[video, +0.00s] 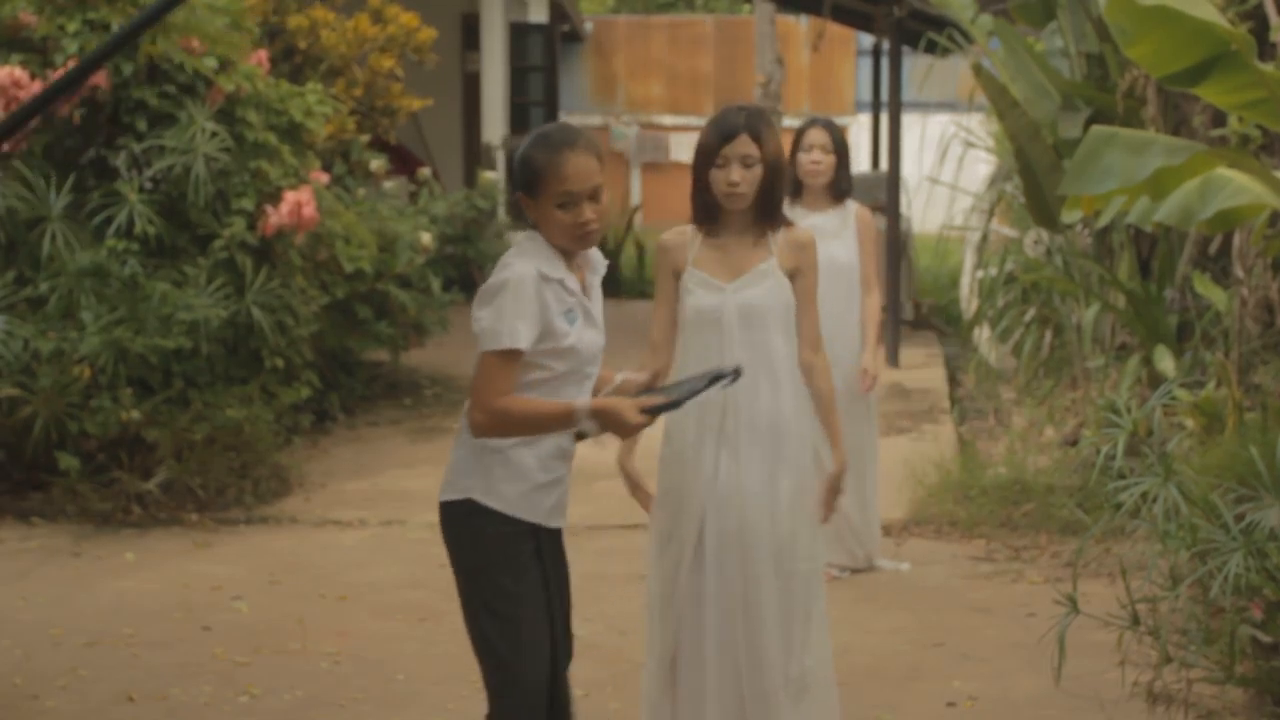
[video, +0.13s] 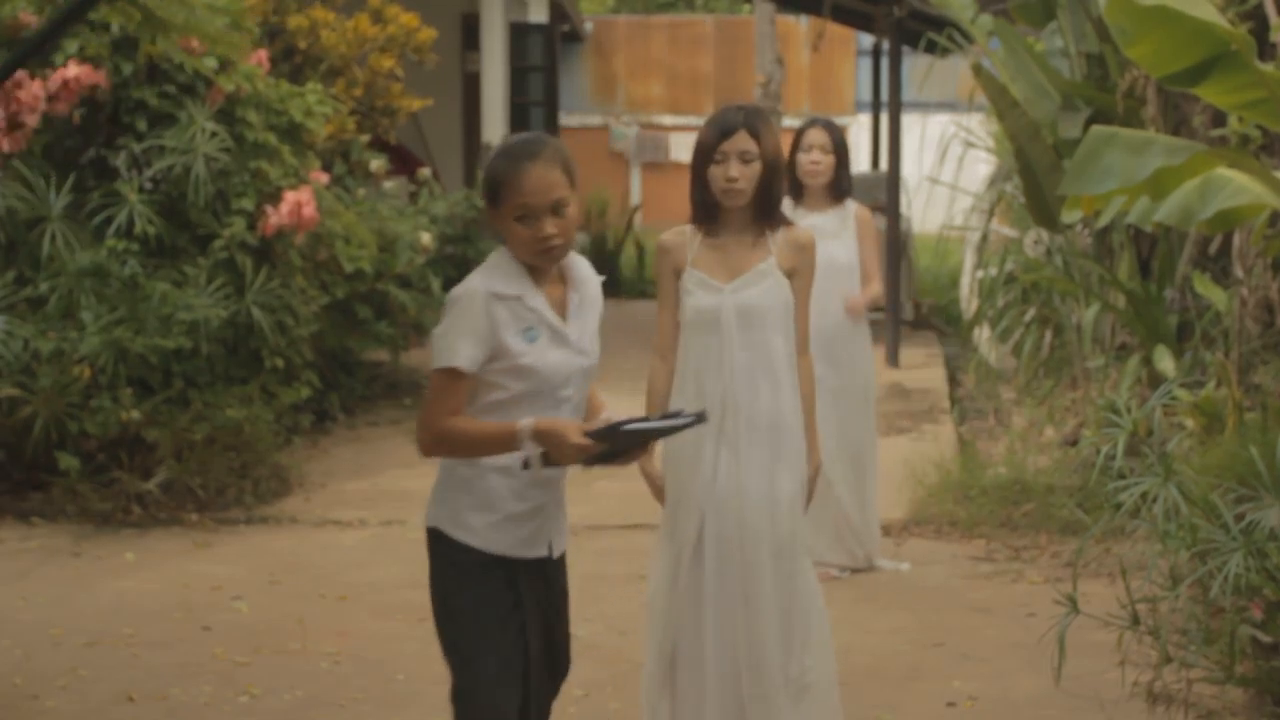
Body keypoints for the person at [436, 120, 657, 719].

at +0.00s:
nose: (586, 215)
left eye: (595, 197)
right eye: (567, 203)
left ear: (607, 191)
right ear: (527, 206)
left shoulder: (586, 265)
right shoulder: (519, 278)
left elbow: (560, 381)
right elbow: (485, 414)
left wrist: (614, 387)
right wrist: (591, 411)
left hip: (538, 501)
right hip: (489, 503)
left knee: (552, 678)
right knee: (523, 688)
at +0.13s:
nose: (548, 230)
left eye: (559, 210)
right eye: (526, 219)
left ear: (578, 201)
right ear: (494, 219)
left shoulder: (583, 281)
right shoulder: (476, 298)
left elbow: (573, 387)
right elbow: (433, 432)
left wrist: (612, 428)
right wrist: (534, 432)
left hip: (542, 532)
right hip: (473, 535)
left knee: (544, 680)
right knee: (492, 696)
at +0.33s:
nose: (466, 230)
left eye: (479, 206)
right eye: (445, 218)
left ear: (513, 195)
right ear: (427, 224)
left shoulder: (556, 289)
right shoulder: (406, 306)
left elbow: (559, 397)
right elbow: (376, 447)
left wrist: (589, 465)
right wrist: (469, 448)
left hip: (539, 563)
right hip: (442, 572)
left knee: (582, 707)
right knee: (457, 712)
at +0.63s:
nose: (408, 262)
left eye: (423, 234)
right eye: (387, 249)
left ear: (470, 223)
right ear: (375, 261)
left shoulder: (537, 326)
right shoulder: (361, 355)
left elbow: (568, 444)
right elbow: (337, 518)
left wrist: (605, 517)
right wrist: (442, 509)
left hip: (522, 619)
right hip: (415, 629)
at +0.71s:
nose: (401, 270)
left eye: (417, 242)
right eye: (381, 257)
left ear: (468, 227)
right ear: (369, 267)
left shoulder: (544, 349)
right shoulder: (354, 364)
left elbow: (579, 483)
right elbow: (321, 526)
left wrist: (599, 569)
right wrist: (408, 531)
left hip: (512, 649)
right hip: (395, 657)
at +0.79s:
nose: (378, 269)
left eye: (395, 242)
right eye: (361, 256)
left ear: (456, 228)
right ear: (352, 266)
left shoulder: (539, 362)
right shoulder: (340, 366)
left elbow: (583, 507)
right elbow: (306, 521)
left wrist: (588, 588)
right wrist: (353, 550)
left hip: (498, 670)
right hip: (373, 671)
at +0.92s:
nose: (315, 250)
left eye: (334, 221)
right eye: (303, 234)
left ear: (407, 212)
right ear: (296, 245)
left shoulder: (499, 356)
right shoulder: (298, 351)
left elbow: (561, 524)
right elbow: (276, 494)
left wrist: (508, 607)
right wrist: (273, 553)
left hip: (462, 684)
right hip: (331, 681)